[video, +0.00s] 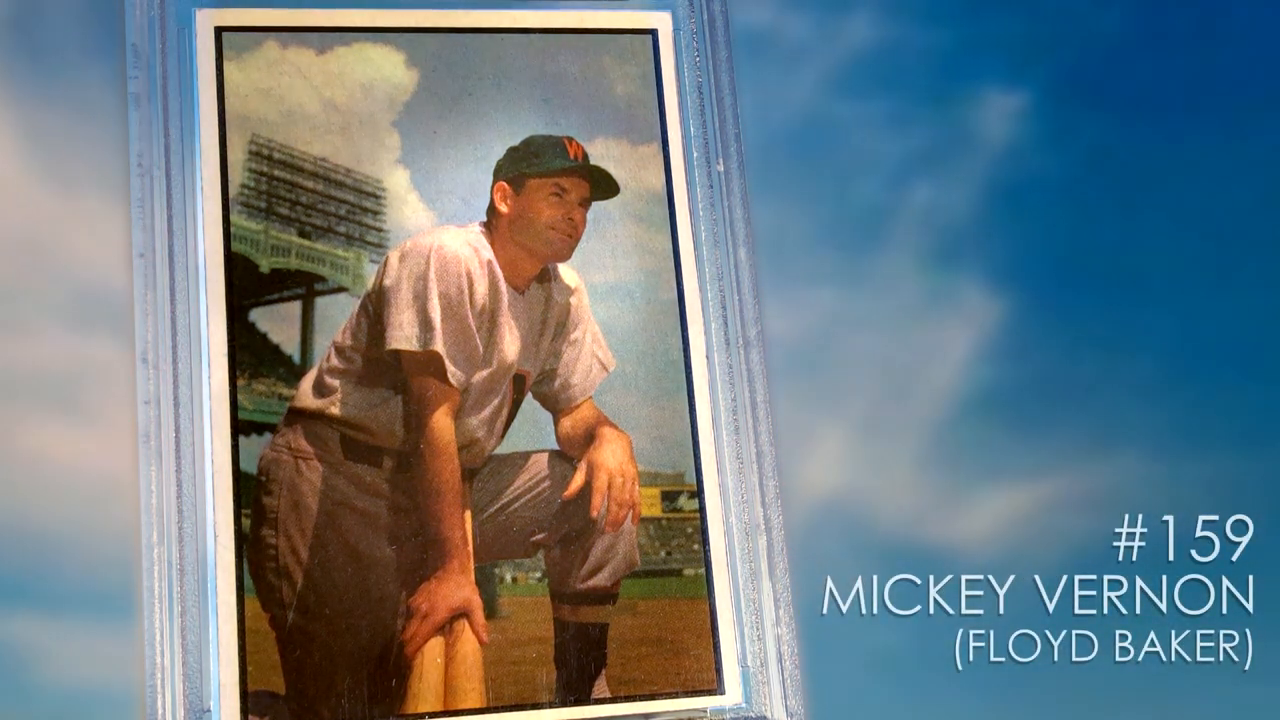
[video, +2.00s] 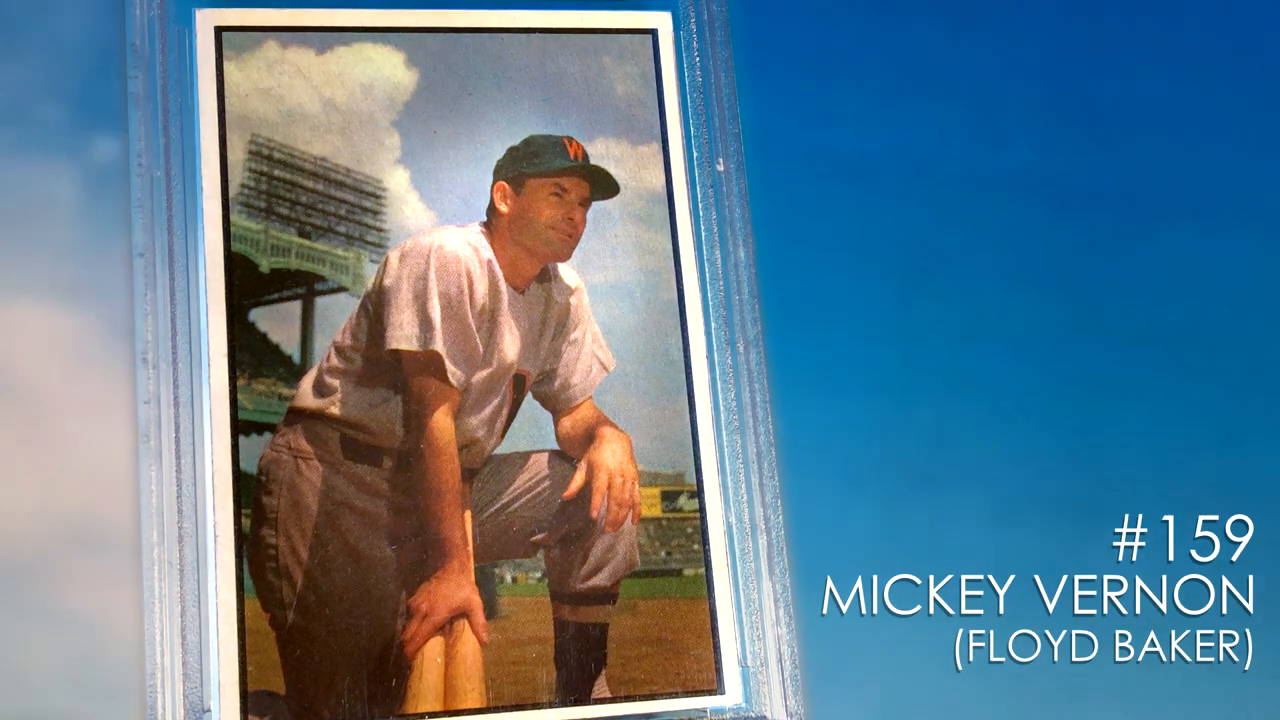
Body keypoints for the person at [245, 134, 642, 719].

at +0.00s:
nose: (576, 216)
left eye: (584, 203)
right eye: (558, 194)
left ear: (587, 217)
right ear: (505, 197)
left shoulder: (560, 296)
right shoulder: (443, 256)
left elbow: (575, 416)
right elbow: (432, 420)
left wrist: (609, 434)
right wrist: (454, 566)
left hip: (439, 487)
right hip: (334, 480)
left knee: (593, 488)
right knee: (349, 703)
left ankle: (580, 698)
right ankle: (243, 707)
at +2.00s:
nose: (577, 215)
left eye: (584, 203)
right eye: (559, 193)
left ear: (586, 217)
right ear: (505, 197)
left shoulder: (559, 295)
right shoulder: (442, 257)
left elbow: (575, 416)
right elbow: (431, 421)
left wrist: (609, 435)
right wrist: (454, 566)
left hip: (440, 487)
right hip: (335, 480)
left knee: (595, 488)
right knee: (347, 704)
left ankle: (580, 696)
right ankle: (236, 706)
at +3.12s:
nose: (576, 216)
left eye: (584, 204)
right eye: (558, 194)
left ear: (586, 218)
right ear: (505, 197)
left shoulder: (560, 296)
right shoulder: (441, 257)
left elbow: (575, 415)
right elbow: (431, 420)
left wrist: (609, 435)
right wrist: (454, 565)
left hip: (440, 486)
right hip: (334, 479)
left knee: (595, 488)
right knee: (350, 703)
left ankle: (579, 695)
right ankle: (241, 707)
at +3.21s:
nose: (576, 216)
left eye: (584, 204)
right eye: (558, 194)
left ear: (586, 217)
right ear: (505, 197)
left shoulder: (560, 296)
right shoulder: (441, 257)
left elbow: (575, 415)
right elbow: (431, 421)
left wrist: (609, 435)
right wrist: (454, 565)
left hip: (440, 486)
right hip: (334, 479)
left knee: (595, 488)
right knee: (350, 702)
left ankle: (579, 696)